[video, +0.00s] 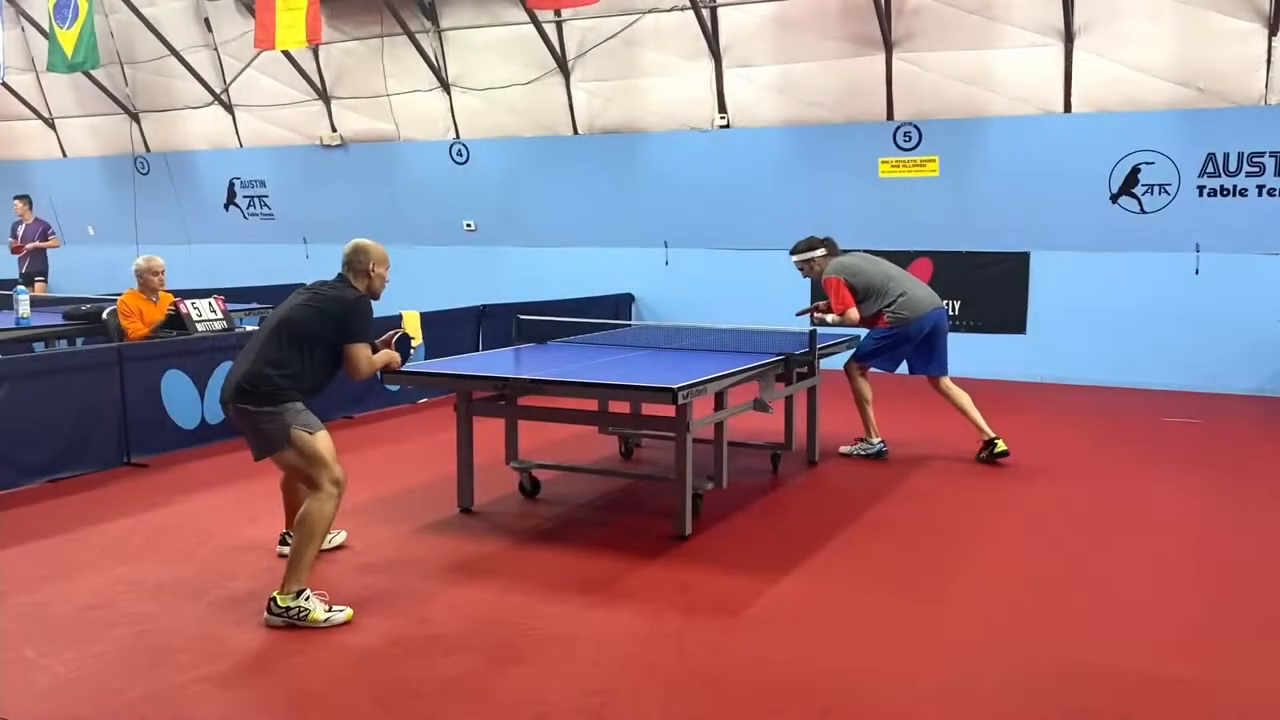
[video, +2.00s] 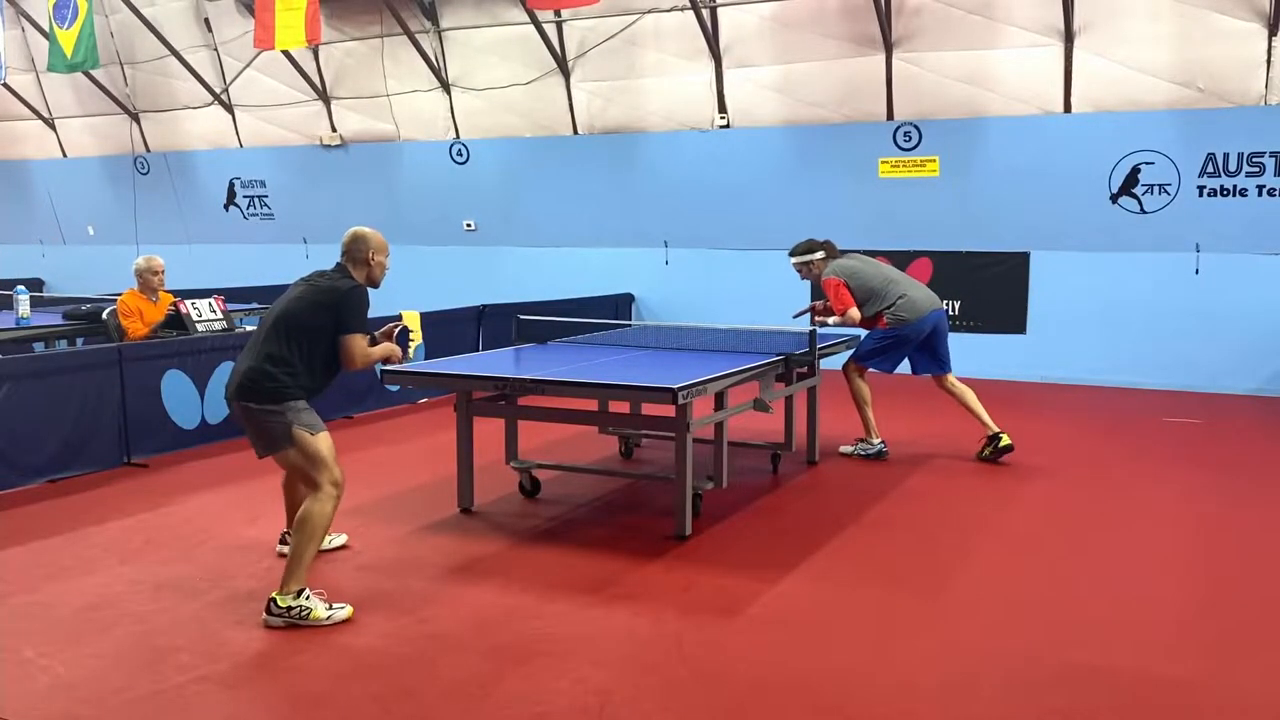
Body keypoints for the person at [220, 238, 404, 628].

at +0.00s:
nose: (387, 277)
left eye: (387, 270)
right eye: (385, 270)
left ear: (350, 270)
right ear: (370, 271)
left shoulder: (316, 291)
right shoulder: (355, 303)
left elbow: (325, 349)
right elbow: (359, 369)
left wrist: (371, 350)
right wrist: (385, 358)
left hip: (241, 392)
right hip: (268, 396)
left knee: (299, 463)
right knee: (330, 482)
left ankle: (296, 533)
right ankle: (289, 597)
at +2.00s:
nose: (388, 266)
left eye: (387, 258)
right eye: (385, 258)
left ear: (348, 257)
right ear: (370, 259)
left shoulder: (317, 281)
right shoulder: (351, 293)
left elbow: (326, 346)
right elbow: (354, 359)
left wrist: (370, 343)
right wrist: (385, 350)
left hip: (247, 389)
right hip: (274, 393)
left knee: (299, 465)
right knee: (329, 484)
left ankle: (297, 534)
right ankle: (289, 597)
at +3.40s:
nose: (387, 237)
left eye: (386, 230)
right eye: (384, 231)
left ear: (349, 233)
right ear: (369, 234)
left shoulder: (312, 263)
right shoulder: (353, 274)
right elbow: (363, 341)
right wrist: (401, 328)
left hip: (278, 387)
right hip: (302, 391)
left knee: (309, 462)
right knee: (343, 486)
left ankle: (298, 533)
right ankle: (289, 597)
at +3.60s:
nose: (388, 235)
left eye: (387, 228)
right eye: (385, 228)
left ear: (348, 229)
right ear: (370, 230)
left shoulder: (306, 258)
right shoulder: (360, 268)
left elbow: (261, 293)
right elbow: (374, 329)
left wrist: (298, 316)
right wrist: (409, 325)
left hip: (283, 385)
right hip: (314, 389)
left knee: (312, 456)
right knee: (346, 488)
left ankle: (292, 539)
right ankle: (291, 595)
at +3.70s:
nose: (387, 236)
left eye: (387, 229)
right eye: (384, 229)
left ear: (348, 229)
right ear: (369, 229)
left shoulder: (307, 258)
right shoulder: (358, 266)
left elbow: (260, 291)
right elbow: (372, 327)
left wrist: (292, 322)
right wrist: (409, 323)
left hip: (285, 382)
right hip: (316, 386)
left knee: (318, 453)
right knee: (359, 479)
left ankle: (293, 539)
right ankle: (301, 581)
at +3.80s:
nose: (388, 235)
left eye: (388, 228)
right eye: (385, 228)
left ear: (350, 226)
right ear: (369, 227)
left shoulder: (307, 256)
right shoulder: (358, 263)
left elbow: (263, 291)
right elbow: (367, 324)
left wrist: (295, 321)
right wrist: (406, 325)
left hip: (284, 379)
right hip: (321, 381)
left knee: (320, 448)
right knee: (382, 465)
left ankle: (293, 539)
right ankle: (332, 560)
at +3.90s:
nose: (390, 239)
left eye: (390, 230)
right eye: (388, 230)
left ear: (355, 222)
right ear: (378, 229)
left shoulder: (315, 257)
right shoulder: (365, 262)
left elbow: (274, 291)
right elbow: (365, 317)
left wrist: (309, 315)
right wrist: (403, 327)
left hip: (294, 380)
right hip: (336, 383)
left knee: (322, 448)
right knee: (388, 445)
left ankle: (294, 538)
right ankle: (388, 560)